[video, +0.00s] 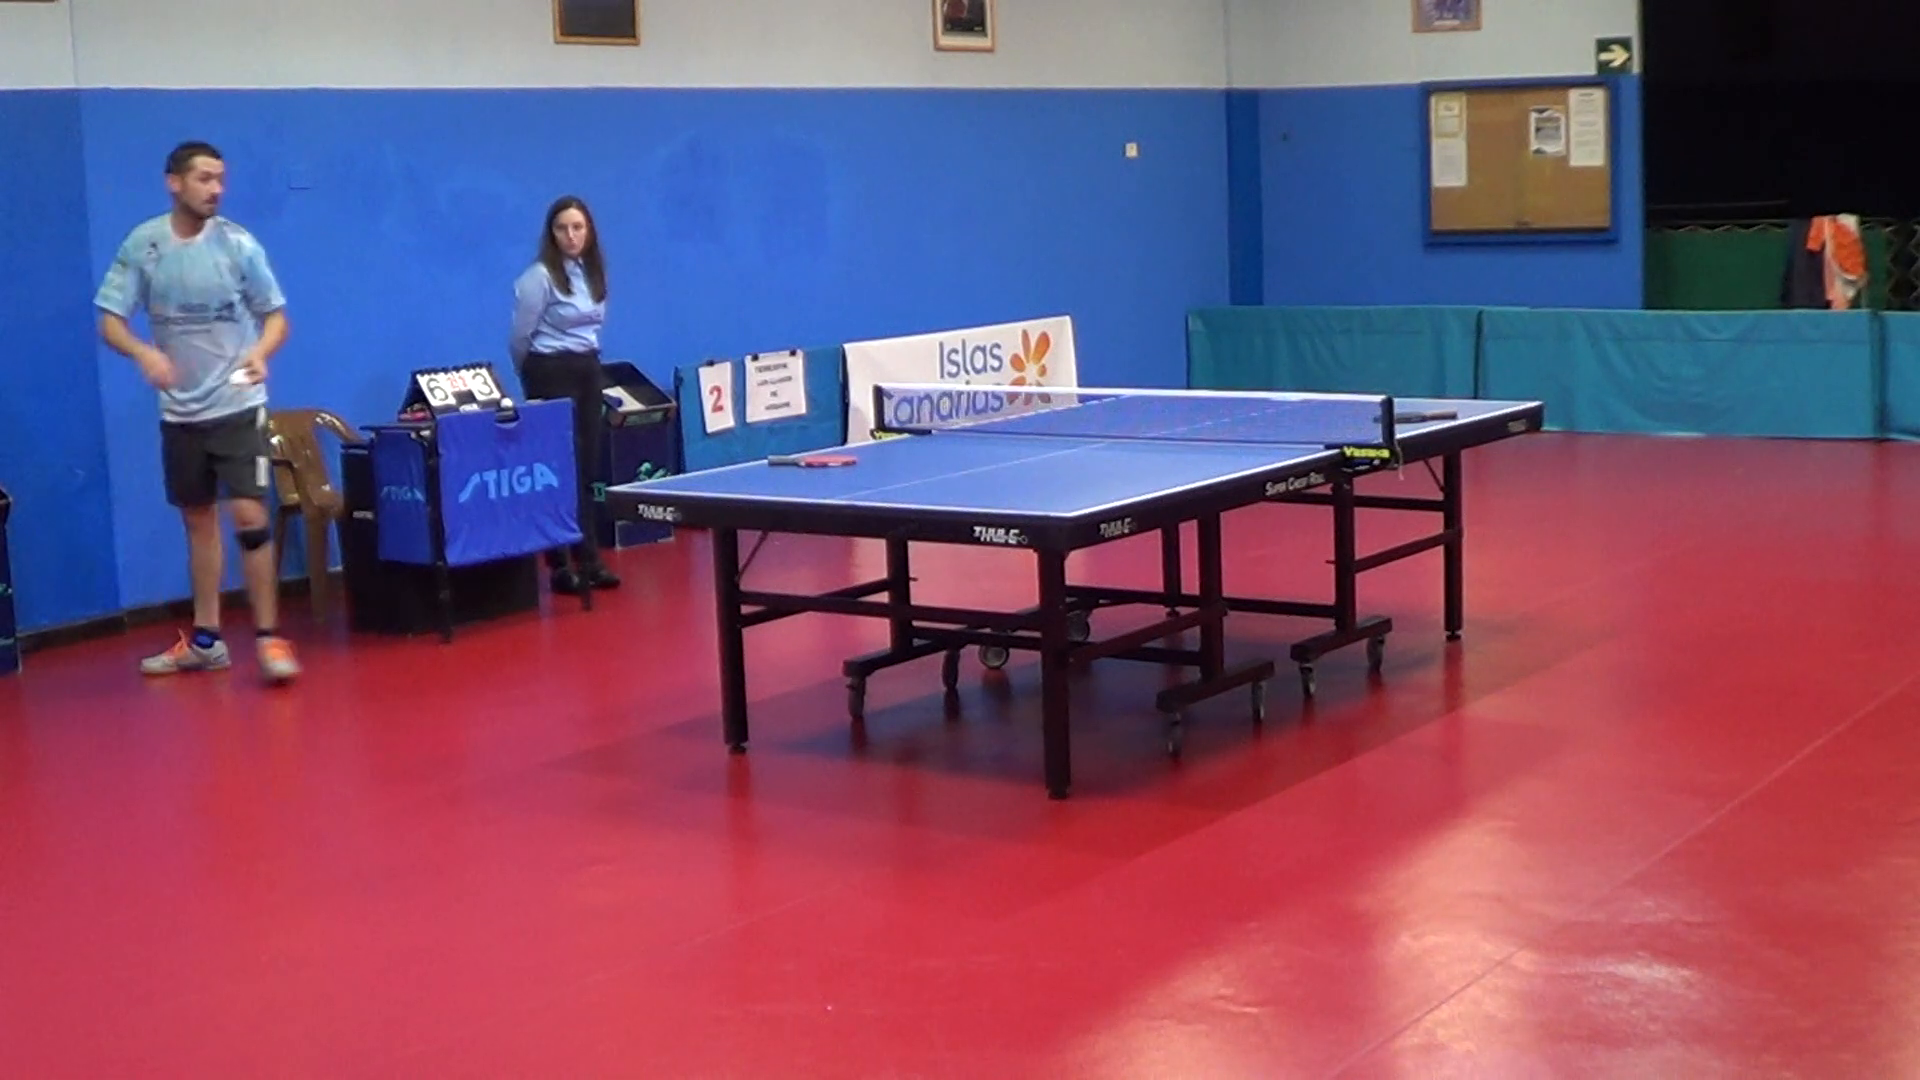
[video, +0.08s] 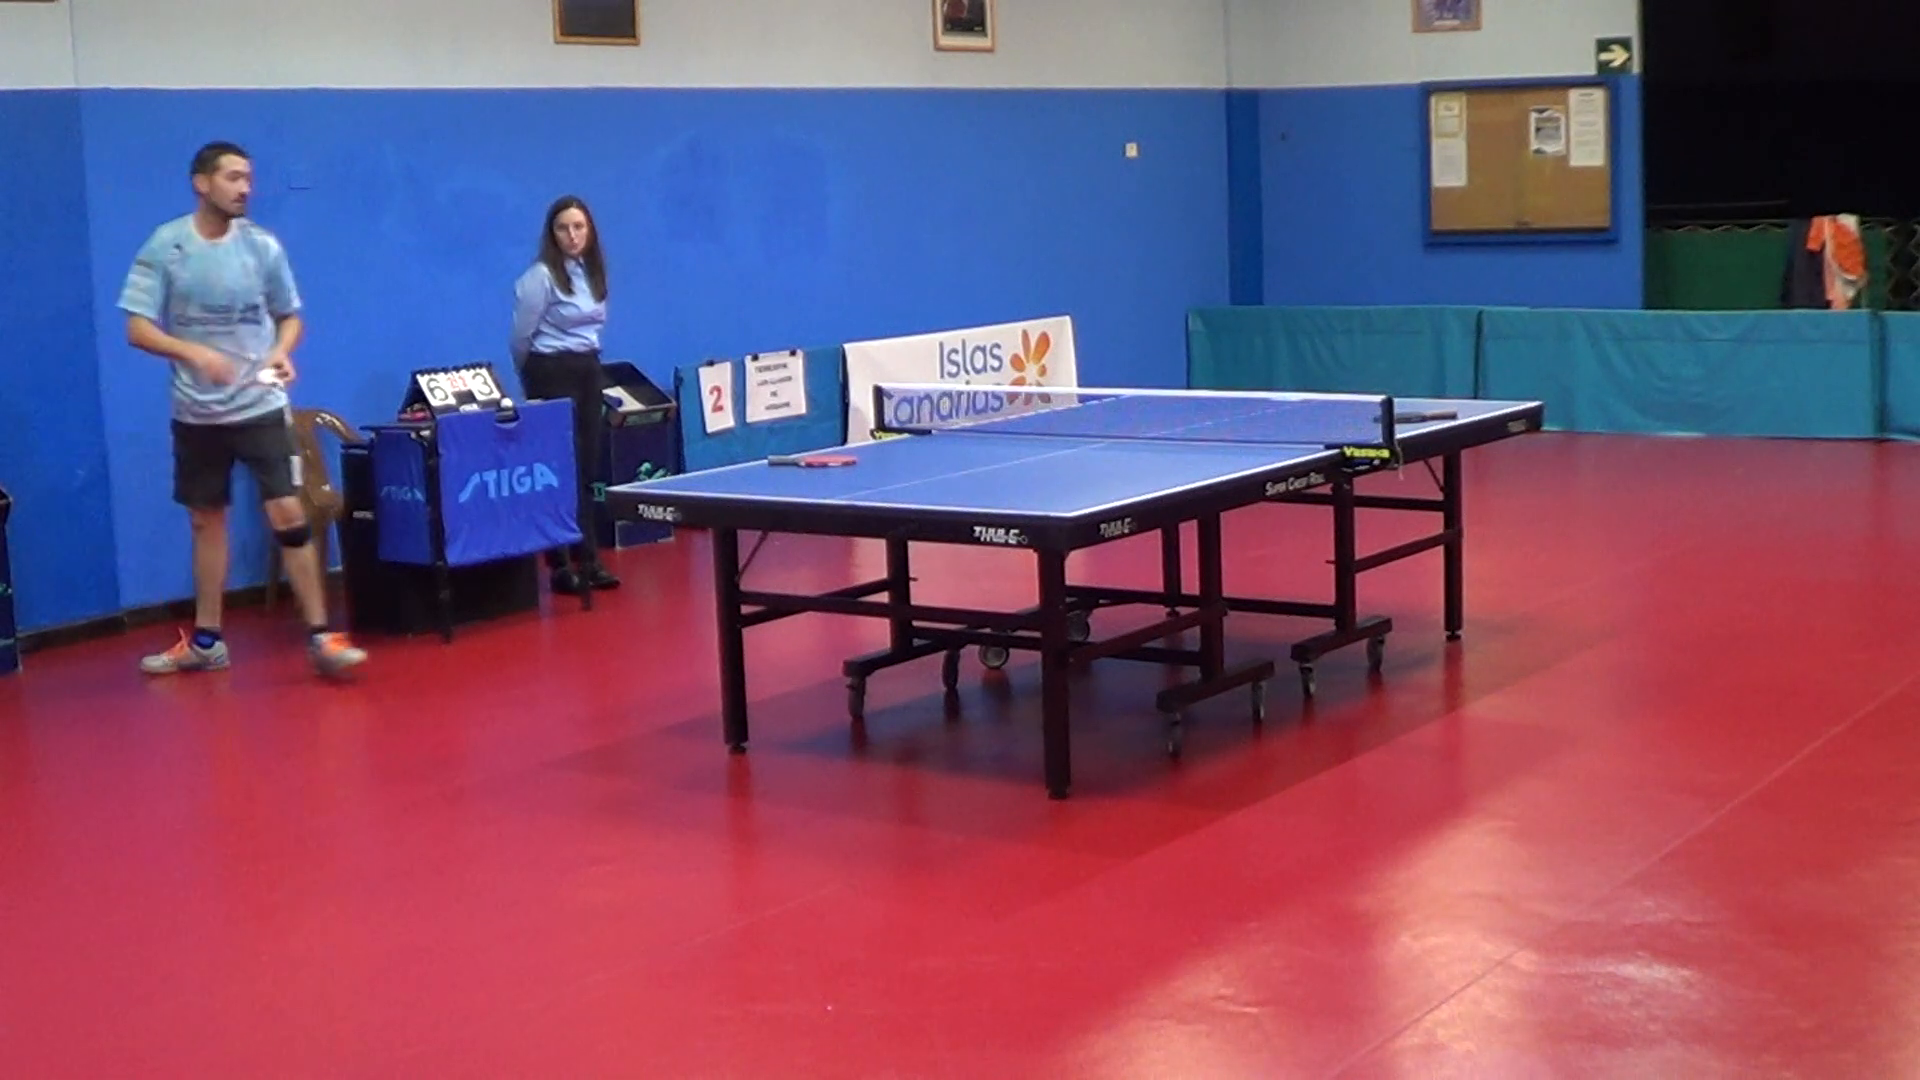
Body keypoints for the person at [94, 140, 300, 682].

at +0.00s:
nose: (215, 188)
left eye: (220, 179)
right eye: (204, 178)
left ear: (222, 185)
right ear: (174, 183)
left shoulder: (239, 244)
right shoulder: (143, 244)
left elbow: (277, 318)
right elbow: (108, 321)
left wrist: (259, 352)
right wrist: (145, 355)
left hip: (239, 403)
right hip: (180, 410)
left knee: (250, 518)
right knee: (198, 521)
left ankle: (269, 639)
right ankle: (206, 639)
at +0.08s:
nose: (244, 187)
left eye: (247, 178)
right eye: (232, 177)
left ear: (248, 186)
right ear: (201, 183)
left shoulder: (265, 247)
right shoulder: (165, 245)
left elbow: (291, 317)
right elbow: (138, 329)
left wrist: (282, 351)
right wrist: (199, 355)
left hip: (262, 407)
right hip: (198, 414)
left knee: (291, 517)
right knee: (207, 520)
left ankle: (322, 636)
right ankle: (208, 639)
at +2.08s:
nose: (712, 191)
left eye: (718, 180)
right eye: (707, 178)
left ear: (696, 171)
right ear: (673, 163)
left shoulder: (703, 237)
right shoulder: (594, 213)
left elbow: (719, 335)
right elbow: (521, 279)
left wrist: (759, 421)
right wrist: (561, 333)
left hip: (673, 417)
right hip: (598, 411)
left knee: (664, 548)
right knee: (591, 550)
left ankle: (672, 691)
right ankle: (629, 672)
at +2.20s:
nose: (717, 191)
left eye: (722, 181)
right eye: (712, 178)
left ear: (696, 170)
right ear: (678, 162)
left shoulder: (703, 237)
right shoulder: (596, 211)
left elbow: (719, 335)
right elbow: (519, 276)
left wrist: (760, 421)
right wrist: (565, 329)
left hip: (674, 419)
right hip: (599, 413)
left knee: (666, 549)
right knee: (582, 548)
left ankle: (673, 691)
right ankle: (603, 659)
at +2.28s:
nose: (713, 189)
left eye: (718, 178)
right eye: (708, 176)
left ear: (692, 168)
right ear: (674, 160)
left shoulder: (698, 234)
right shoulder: (593, 212)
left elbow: (713, 332)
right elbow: (515, 277)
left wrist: (759, 408)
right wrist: (566, 331)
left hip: (673, 418)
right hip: (598, 414)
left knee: (666, 549)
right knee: (580, 549)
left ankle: (672, 691)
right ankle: (579, 658)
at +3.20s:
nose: (529, 186)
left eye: (533, 175)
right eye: (520, 175)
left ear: (529, 172)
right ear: (483, 168)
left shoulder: (527, 219)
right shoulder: (447, 238)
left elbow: (534, 301)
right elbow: (452, 329)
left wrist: (571, 291)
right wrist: (538, 292)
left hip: (563, 403)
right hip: (501, 422)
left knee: (600, 534)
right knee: (508, 551)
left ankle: (564, 660)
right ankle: (522, 689)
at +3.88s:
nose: (465, 193)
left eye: (473, 181)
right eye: (454, 184)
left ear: (492, 168)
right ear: (442, 177)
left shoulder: (530, 224)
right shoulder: (424, 228)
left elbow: (567, 314)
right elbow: (366, 304)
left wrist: (523, 293)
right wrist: (425, 289)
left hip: (513, 404)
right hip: (443, 402)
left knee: (505, 536)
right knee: (445, 531)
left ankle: (508, 664)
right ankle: (450, 677)